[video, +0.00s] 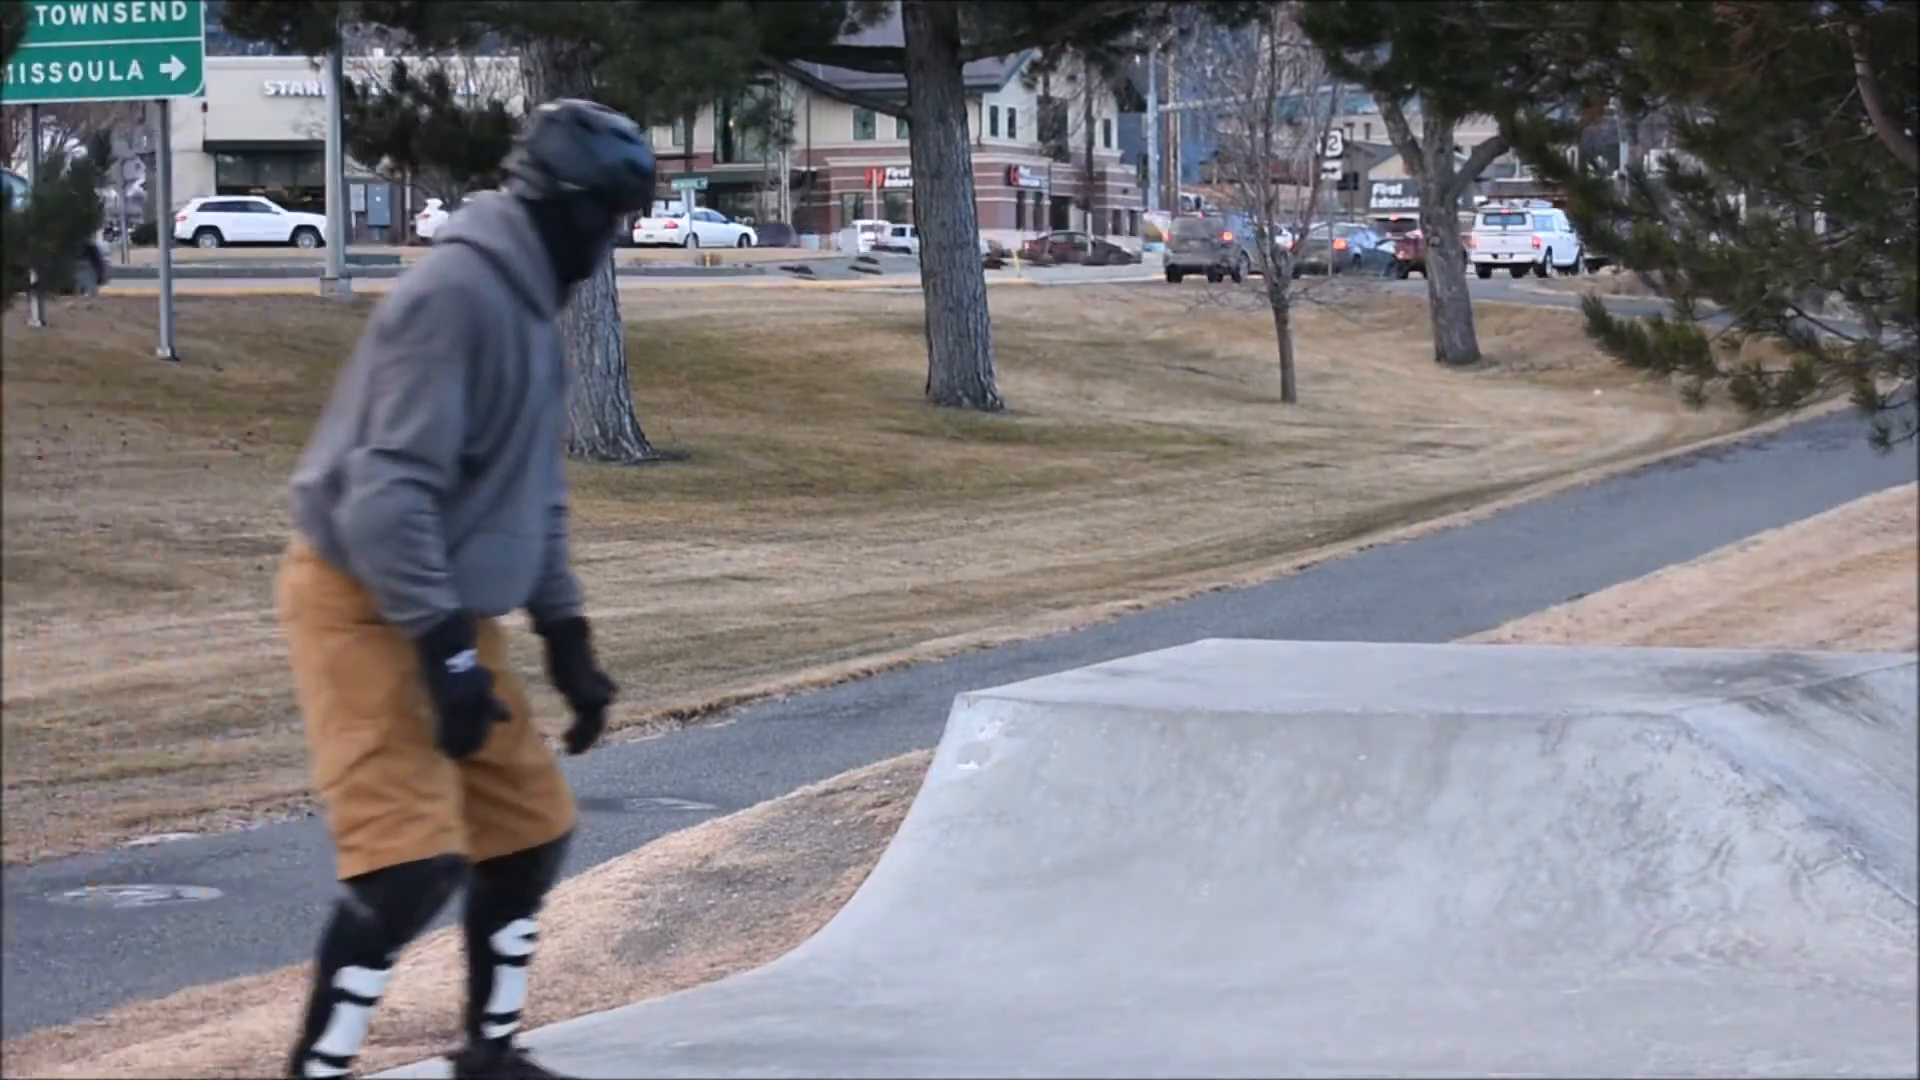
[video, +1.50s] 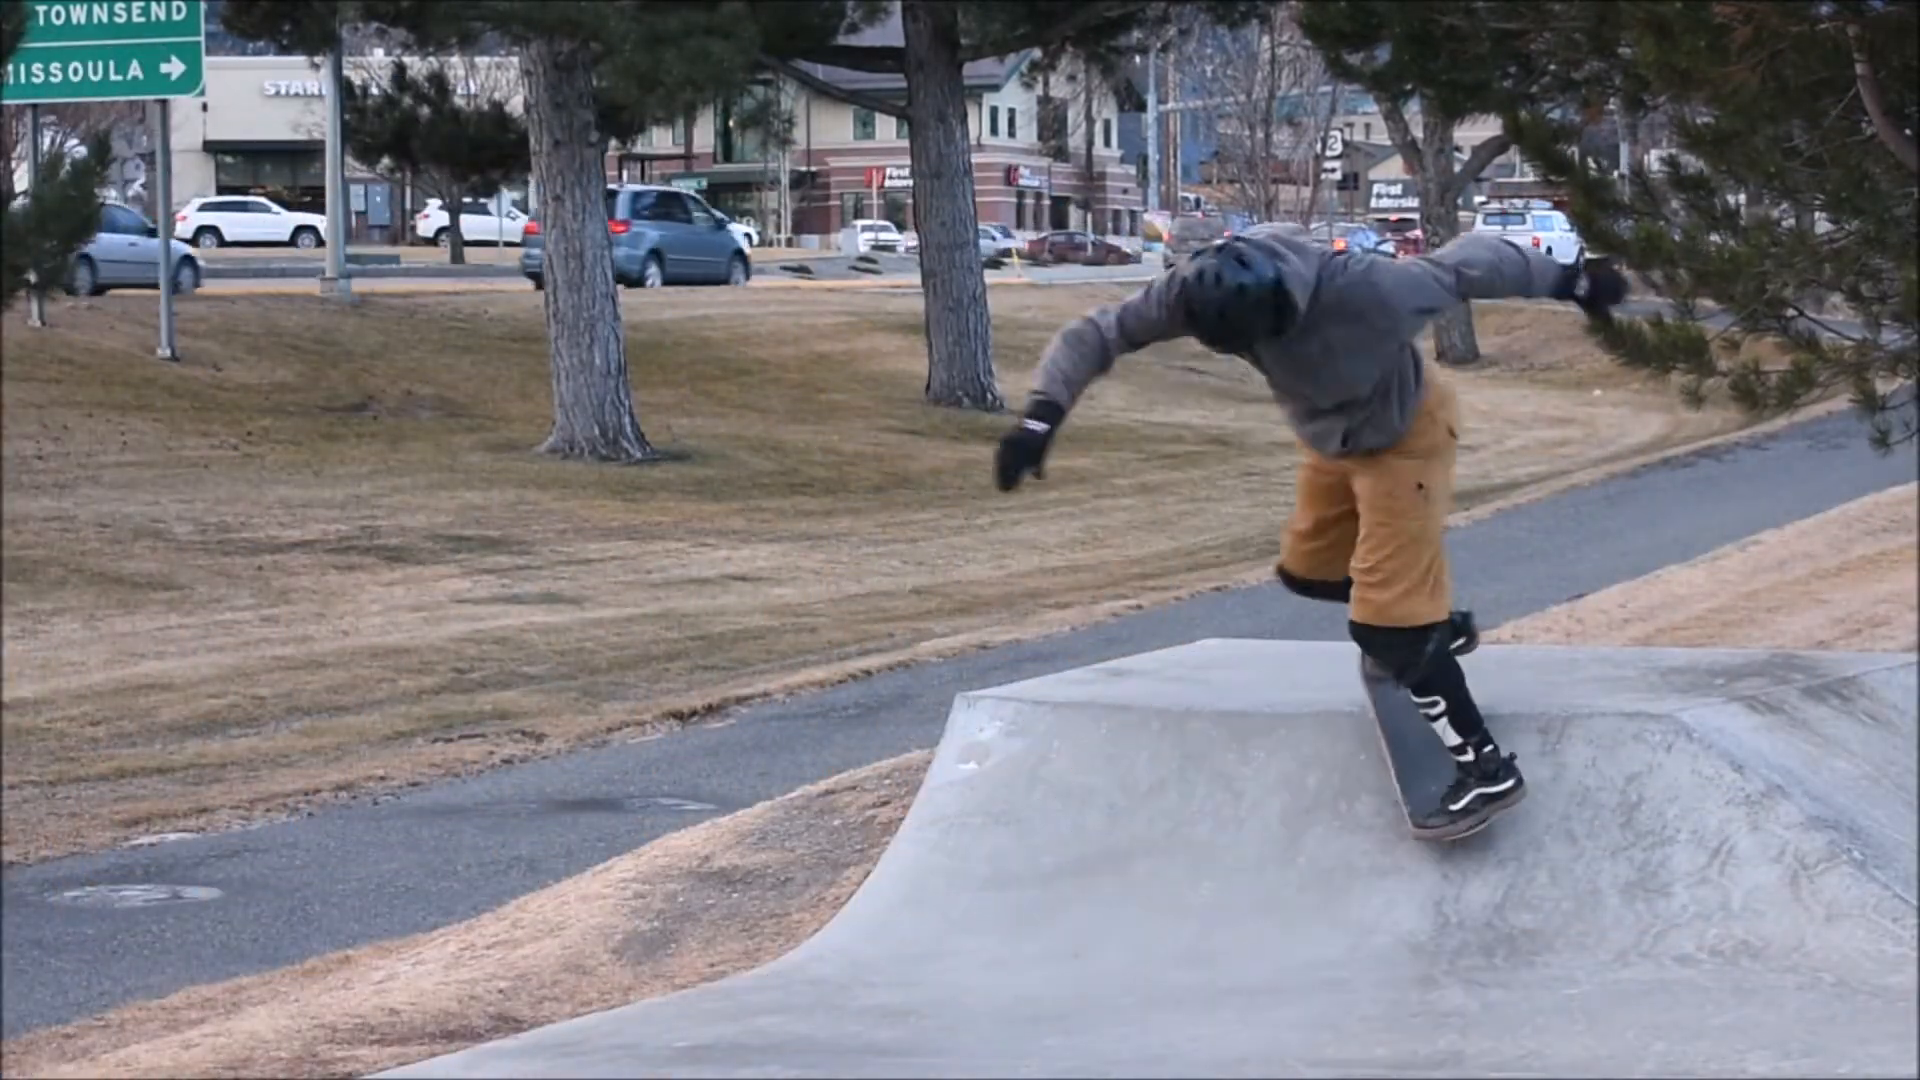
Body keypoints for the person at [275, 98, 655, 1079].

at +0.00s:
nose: (616, 238)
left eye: (623, 218)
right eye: (613, 214)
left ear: (569, 200)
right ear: (565, 198)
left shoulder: (533, 305)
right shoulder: (454, 293)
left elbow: (534, 495)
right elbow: (386, 491)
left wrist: (564, 637)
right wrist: (446, 653)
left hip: (455, 599)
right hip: (354, 588)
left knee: (527, 828)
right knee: (409, 858)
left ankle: (491, 1050)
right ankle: (316, 1067)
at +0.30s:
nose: (850, 272)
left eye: (857, 255)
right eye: (848, 251)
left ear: (808, 235)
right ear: (810, 236)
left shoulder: (768, 329)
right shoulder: (698, 318)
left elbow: (768, 496)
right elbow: (624, 496)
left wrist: (805, 622)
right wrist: (676, 635)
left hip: (698, 592)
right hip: (608, 586)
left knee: (780, 791)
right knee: (683, 823)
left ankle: (732, 1001)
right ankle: (581, 1030)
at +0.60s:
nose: (1058, 314)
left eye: (1068, 301)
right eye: (1060, 296)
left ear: (1036, 274)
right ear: (1030, 270)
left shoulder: (994, 342)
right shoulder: (913, 327)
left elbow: (980, 483)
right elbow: (795, 466)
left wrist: (1016, 595)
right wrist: (824, 602)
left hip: (905, 581)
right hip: (826, 573)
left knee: (966, 754)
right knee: (877, 773)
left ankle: (925, 947)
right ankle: (799, 979)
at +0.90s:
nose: (1213, 475)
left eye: (1222, 466)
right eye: (1212, 461)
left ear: (1205, 439)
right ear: (1186, 430)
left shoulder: (1188, 472)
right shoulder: (1070, 449)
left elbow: (1197, 576)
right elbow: (928, 538)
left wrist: (1274, 622)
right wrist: (933, 666)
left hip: (1074, 624)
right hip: (985, 612)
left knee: (1177, 750)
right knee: (1091, 765)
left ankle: (1093, 906)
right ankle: (985, 931)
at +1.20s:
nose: (1273, 431)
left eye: (1289, 422)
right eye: (1263, 418)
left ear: (1311, 391)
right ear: (1236, 383)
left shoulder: (1322, 396)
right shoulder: (1169, 372)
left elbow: (1370, 506)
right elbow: (1073, 380)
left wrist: (1312, 549)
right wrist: (1011, 443)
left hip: (1258, 557)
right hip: (1163, 546)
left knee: (1317, 698)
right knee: (1210, 711)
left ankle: (1254, 808)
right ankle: (1152, 880)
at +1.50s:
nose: (1244, 349)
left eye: (1248, 338)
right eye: (1229, 340)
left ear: (1271, 307)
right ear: (1205, 308)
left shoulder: (1364, 288)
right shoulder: (1205, 288)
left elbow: (1470, 266)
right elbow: (1098, 334)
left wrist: (1570, 277)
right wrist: (1040, 416)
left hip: (1404, 430)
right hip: (1329, 435)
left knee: (1396, 624)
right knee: (1313, 568)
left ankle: (1486, 763)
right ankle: (1439, 630)